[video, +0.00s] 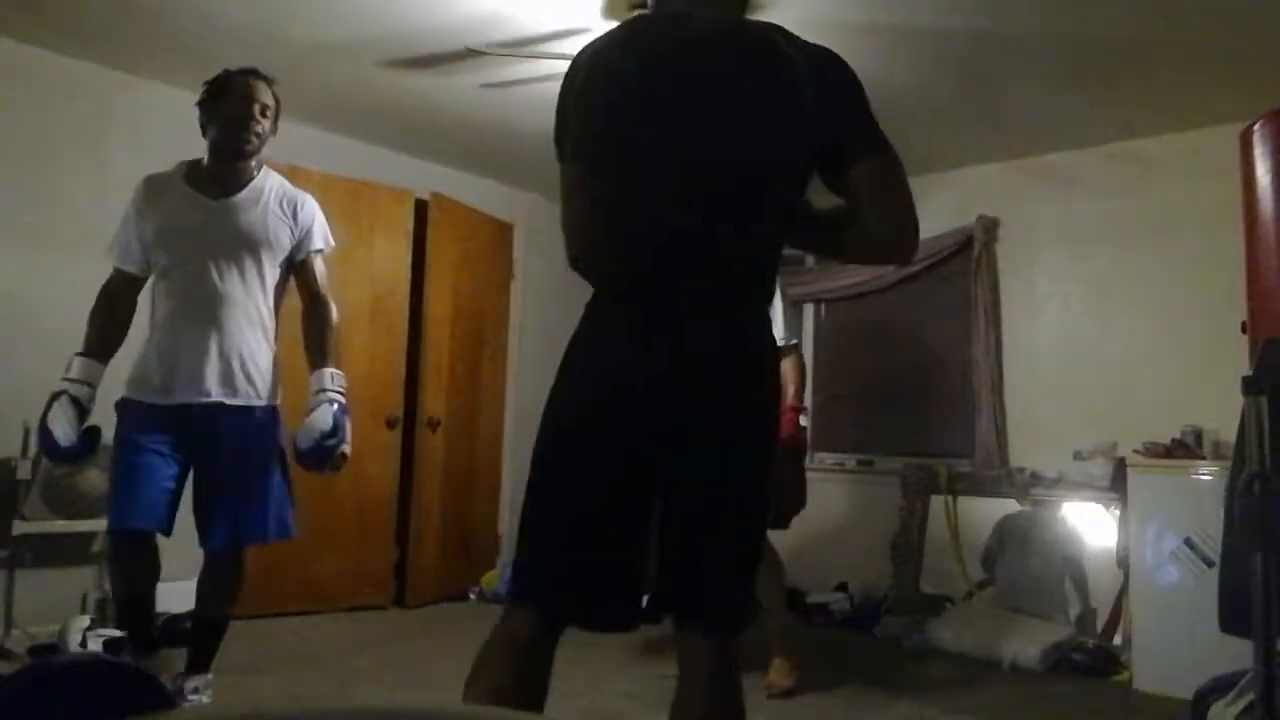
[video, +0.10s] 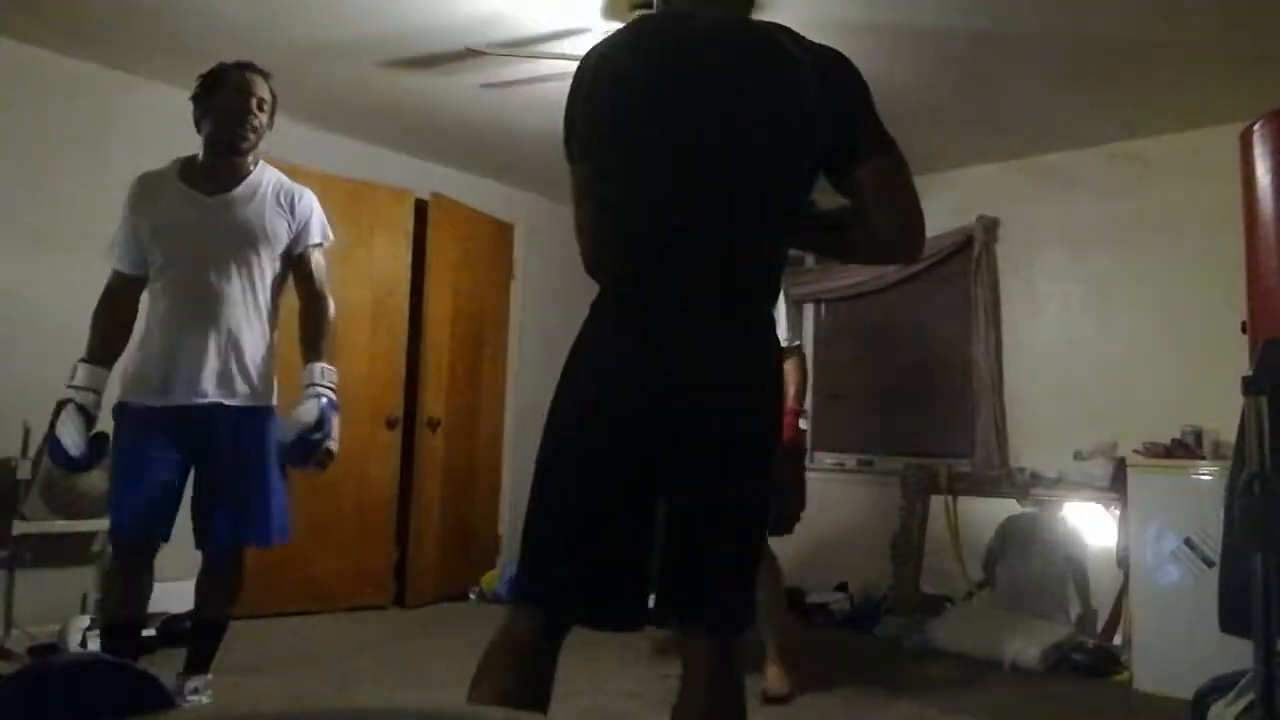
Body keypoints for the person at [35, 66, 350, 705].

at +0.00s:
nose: (253, 121)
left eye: (264, 113)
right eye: (240, 108)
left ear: (274, 130)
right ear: (205, 115)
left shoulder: (293, 207)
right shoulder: (156, 194)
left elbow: (318, 301)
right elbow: (120, 291)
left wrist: (327, 396)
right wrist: (78, 387)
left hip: (243, 407)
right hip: (155, 401)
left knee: (226, 547)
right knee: (129, 531)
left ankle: (197, 678)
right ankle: (137, 666)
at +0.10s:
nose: (250, 116)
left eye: (261, 108)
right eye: (236, 103)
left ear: (270, 124)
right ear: (200, 110)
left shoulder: (291, 202)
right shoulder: (152, 192)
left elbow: (316, 297)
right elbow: (121, 294)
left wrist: (319, 390)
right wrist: (84, 392)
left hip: (241, 405)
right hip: (152, 400)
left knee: (225, 550)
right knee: (132, 545)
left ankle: (195, 679)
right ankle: (116, 679)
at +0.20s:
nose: (246, 113)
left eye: (256, 104)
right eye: (230, 99)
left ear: (264, 118)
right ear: (192, 106)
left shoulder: (286, 199)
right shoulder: (143, 189)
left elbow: (315, 298)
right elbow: (116, 293)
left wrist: (311, 392)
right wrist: (82, 396)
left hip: (234, 405)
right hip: (145, 402)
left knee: (218, 554)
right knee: (135, 554)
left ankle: (193, 682)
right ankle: (120, 686)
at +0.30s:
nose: (239, 103)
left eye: (249, 94)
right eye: (222, 88)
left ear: (256, 109)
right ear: (181, 96)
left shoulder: (281, 192)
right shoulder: (131, 185)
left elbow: (307, 293)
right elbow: (104, 292)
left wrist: (305, 390)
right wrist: (72, 399)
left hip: (229, 406)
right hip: (138, 404)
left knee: (211, 560)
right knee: (131, 560)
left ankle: (192, 682)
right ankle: (120, 688)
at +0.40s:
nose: (237, 92)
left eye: (244, 82)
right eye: (220, 78)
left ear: (251, 95)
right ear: (174, 86)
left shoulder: (276, 183)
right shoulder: (121, 176)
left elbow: (300, 286)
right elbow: (87, 289)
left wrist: (304, 383)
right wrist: (54, 400)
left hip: (229, 404)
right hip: (134, 403)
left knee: (212, 559)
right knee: (123, 560)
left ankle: (195, 678)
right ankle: (124, 690)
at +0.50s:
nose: (239, 87)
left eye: (245, 75)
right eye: (222, 73)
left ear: (251, 87)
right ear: (172, 81)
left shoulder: (273, 181)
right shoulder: (114, 170)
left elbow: (298, 286)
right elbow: (69, 283)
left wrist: (310, 384)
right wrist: (39, 398)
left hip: (231, 403)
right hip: (130, 402)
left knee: (215, 562)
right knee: (122, 561)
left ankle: (194, 675)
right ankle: (124, 692)